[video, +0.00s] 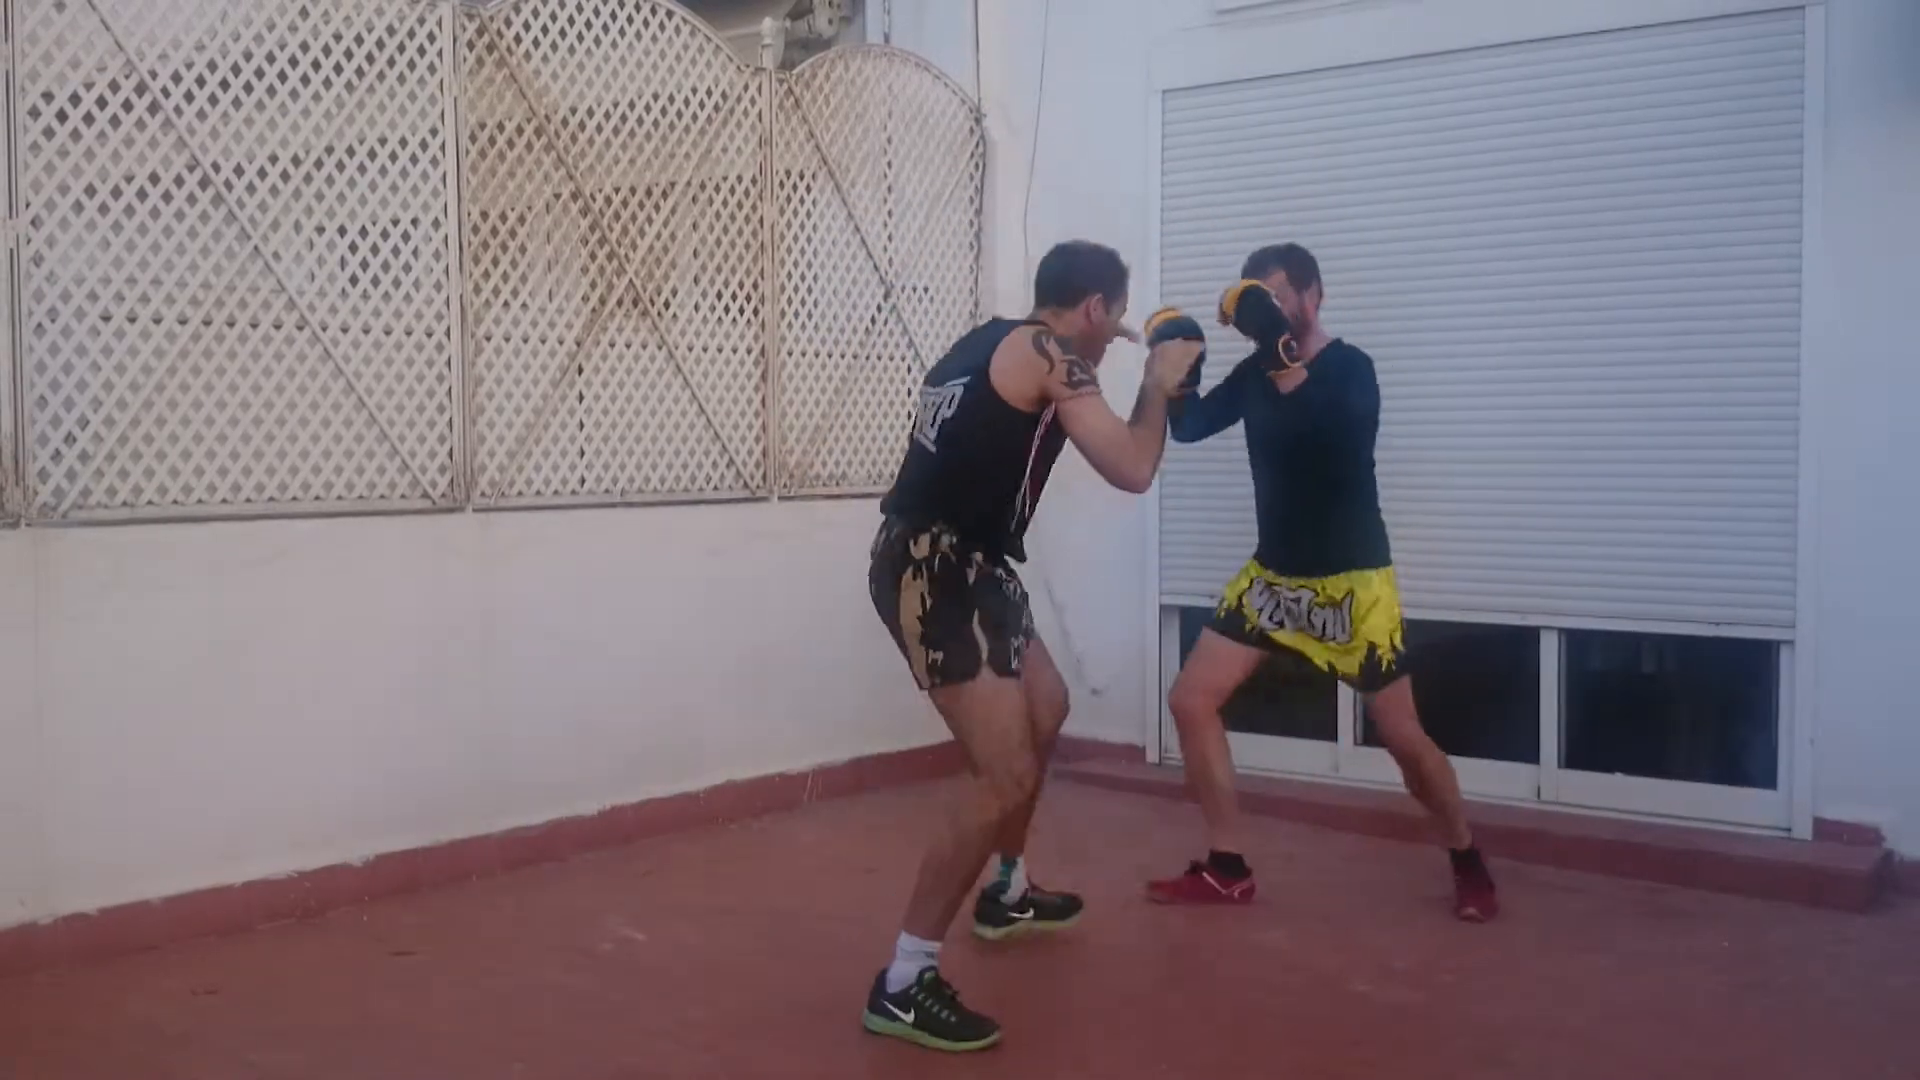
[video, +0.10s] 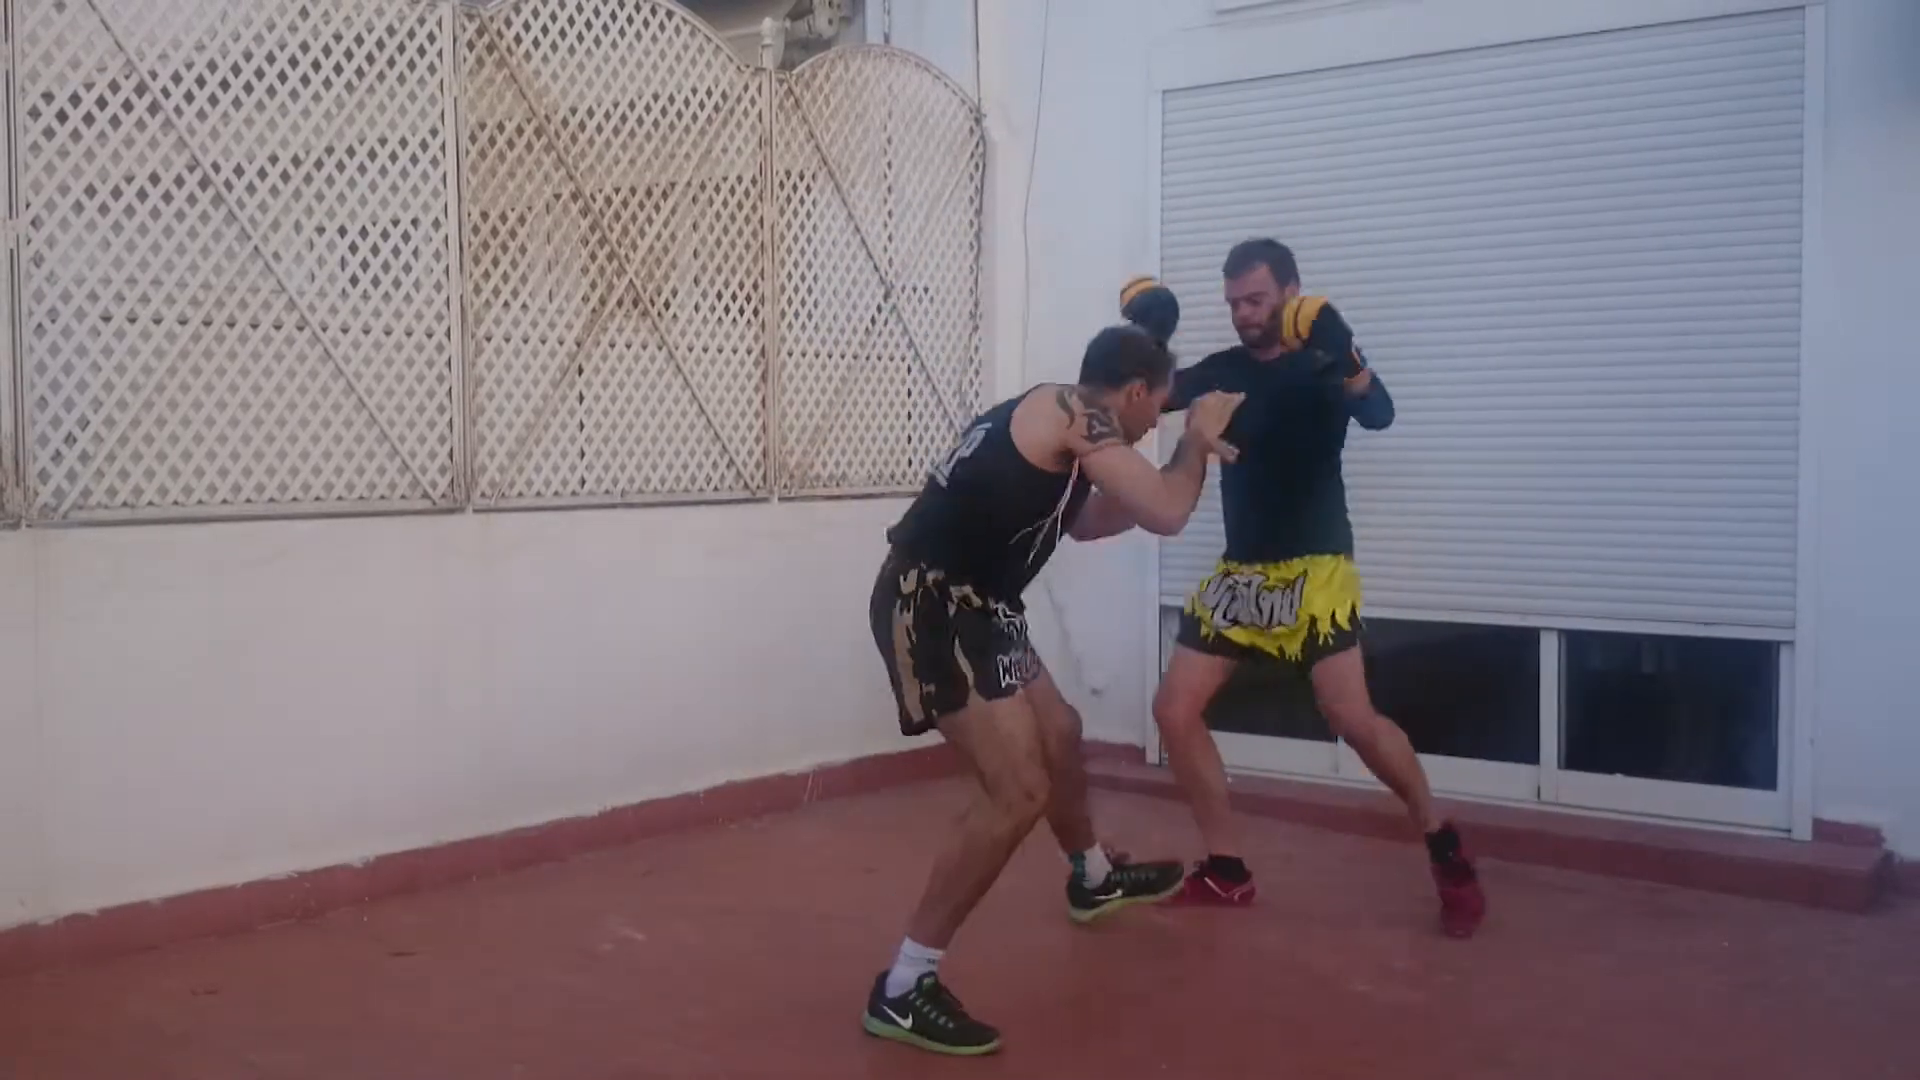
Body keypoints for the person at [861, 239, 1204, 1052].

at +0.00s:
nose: (1119, 326)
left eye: (1118, 313)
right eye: (1117, 312)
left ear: (1050, 298)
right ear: (1090, 307)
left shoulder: (995, 339)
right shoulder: (1043, 359)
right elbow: (1132, 467)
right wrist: (1163, 383)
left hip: (966, 558)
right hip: (936, 563)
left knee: (1044, 705)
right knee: (1007, 781)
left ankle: (1003, 893)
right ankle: (902, 983)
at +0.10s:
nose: (1157, 416)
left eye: (1160, 403)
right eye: (1157, 402)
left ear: (1110, 385)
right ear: (1129, 390)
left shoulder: (1055, 418)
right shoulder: (1068, 412)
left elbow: (1085, 522)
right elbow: (1170, 510)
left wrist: (1173, 476)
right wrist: (1200, 440)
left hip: (976, 601)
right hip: (934, 602)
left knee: (1059, 733)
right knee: (1020, 788)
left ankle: (1092, 875)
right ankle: (903, 986)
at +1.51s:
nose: (1142, 302)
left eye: (1144, 287)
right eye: (1137, 286)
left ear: (1098, 279)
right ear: (1094, 278)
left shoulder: (1077, 347)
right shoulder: (1013, 348)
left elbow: (1028, 455)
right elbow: (990, 473)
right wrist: (1102, 446)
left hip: (1045, 545)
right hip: (982, 547)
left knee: (1089, 711)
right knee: (990, 734)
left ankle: (1109, 878)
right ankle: (916, 922)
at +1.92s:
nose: (1111, 294)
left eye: (1113, 280)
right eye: (1102, 279)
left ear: (1068, 278)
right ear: (1057, 274)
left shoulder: (1054, 353)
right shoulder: (995, 337)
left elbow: (1042, 460)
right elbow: (962, 447)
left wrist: (1097, 429)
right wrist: (1067, 413)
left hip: (1022, 554)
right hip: (966, 549)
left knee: (1007, 712)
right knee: (960, 721)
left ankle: (961, 853)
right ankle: (909, 919)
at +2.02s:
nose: (1116, 288)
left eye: (1119, 275)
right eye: (1108, 273)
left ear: (1078, 272)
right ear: (1062, 267)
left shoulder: (1071, 348)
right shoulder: (997, 326)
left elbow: (1093, 448)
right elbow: (971, 425)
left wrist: (1145, 396)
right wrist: (1070, 380)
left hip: (1035, 541)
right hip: (976, 536)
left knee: (1008, 710)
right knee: (978, 711)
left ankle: (962, 847)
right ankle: (918, 898)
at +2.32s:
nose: (1140, 275)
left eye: (1143, 262)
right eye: (1131, 261)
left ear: (1107, 265)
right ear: (1085, 261)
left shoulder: (1119, 339)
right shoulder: (1023, 326)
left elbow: (1164, 427)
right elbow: (1036, 415)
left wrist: (1206, 356)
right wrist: (1121, 351)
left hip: (1091, 539)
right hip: (1018, 539)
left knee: (1124, 705)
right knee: (1018, 715)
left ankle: (1027, 816)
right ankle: (988, 870)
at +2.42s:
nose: (1165, 279)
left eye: (1169, 266)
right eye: (1155, 264)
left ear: (1134, 268)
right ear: (1109, 262)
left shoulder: (1139, 344)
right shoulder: (1049, 328)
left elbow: (1176, 432)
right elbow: (1063, 425)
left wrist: (1225, 365)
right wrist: (1152, 363)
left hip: (1117, 538)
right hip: (1043, 539)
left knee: (1170, 694)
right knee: (1033, 711)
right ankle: (993, 871)